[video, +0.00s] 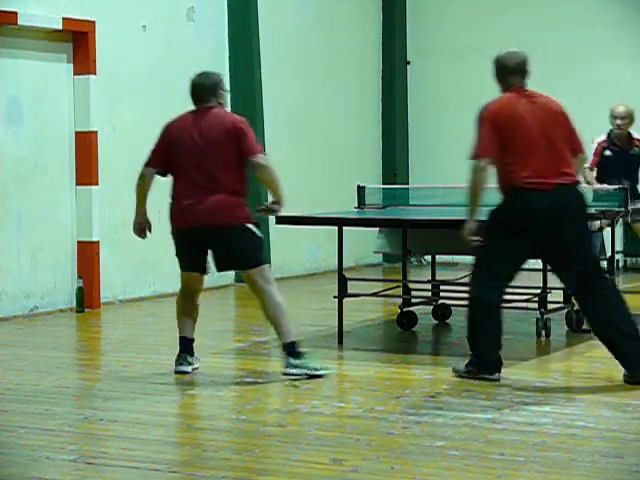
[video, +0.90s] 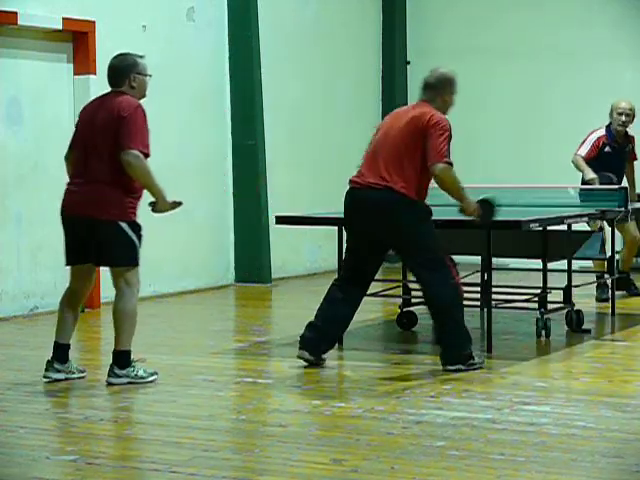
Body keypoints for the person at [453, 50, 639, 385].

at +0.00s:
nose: (499, 80)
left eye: (498, 75)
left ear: (498, 77)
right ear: (526, 75)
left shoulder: (494, 111)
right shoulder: (552, 106)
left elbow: (482, 165)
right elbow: (578, 155)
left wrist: (472, 217)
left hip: (522, 208)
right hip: (567, 205)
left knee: (486, 279)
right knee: (591, 281)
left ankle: (485, 363)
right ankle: (636, 362)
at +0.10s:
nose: (484, 73)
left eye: (480, 68)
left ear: (479, 70)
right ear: (508, 68)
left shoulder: (469, 107)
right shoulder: (533, 101)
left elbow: (452, 159)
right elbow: (561, 148)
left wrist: (443, 212)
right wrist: (538, 180)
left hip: (496, 203)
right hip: (541, 200)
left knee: (474, 284)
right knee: (560, 275)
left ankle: (484, 364)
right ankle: (606, 346)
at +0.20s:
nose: (479, 65)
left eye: (475, 59)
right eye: (489, 60)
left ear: (469, 62)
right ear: (499, 61)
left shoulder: (452, 97)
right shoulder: (520, 95)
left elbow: (432, 146)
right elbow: (547, 141)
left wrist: (430, 195)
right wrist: (523, 171)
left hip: (472, 194)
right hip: (516, 192)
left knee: (469, 276)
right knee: (528, 268)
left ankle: (478, 359)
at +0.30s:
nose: (489, 66)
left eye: (476, 60)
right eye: (492, 60)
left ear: (465, 61)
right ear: (494, 61)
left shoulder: (444, 91)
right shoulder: (510, 96)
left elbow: (421, 139)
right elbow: (535, 145)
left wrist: (420, 187)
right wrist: (506, 171)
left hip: (448, 187)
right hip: (491, 188)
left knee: (447, 269)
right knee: (491, 270)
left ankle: (456, 343)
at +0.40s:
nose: (481, 78)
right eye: (485, 74)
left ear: (458, 72)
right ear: (487, 75)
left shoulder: (435, 101)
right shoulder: (500, 112)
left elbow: (407, 144)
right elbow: (520, 164)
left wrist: (403, 190)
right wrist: (488, 185)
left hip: (427, 197)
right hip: (470, 201)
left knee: (413, 265)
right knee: (471, 276)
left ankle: (406, 333)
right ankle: (470, 358)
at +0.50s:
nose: (461, 89)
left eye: (456, 82)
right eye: (466, 85)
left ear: (444, 83)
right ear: (470, 86)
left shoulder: (418, 110)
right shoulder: (481, 122)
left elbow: (387, 152)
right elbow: (498, 177)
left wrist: (377, 198)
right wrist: (466, 194)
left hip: (408, 204)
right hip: (453, 208)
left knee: (380, 273)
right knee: (471, 282)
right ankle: (470, 358)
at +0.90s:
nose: (451, 103)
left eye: (452, 98)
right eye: (451, 98)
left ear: (425, 92)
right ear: (445, 96)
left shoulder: (395, 115)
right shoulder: (437, 121)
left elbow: (376, 154)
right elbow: (439, 169)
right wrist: (465, 201)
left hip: (360, 200)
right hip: (400, 205)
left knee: (353, 277)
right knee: (438, 276)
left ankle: (312, 345)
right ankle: (457, 355)